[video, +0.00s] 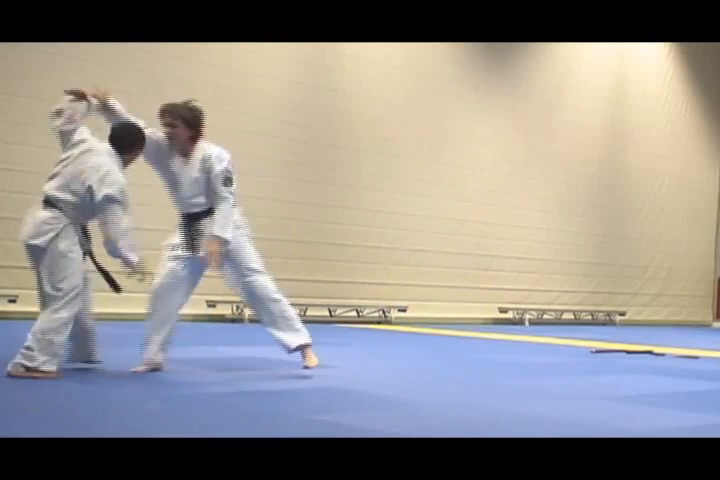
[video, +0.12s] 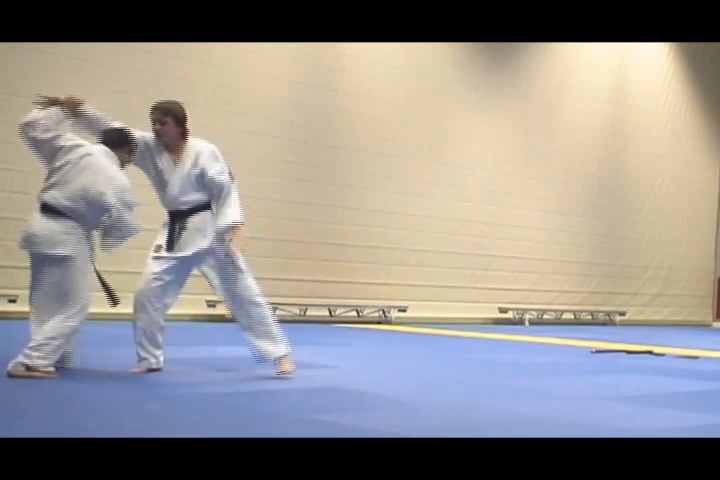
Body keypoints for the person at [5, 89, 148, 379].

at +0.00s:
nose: (140, 153)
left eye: (140, 147)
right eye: (140, 149)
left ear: (112, 138)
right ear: (135, 151)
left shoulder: (85, 143)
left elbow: (66, 123)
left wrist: (81, 99)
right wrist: (133, 261)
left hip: (40, 221)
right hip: (59, 229)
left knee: (78, 289)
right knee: (67, 295)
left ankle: (83, 351)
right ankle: (33, 361)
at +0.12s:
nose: (131, 159)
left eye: (132, 153)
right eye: (131, 153)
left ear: (104, 142)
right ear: (124, 151)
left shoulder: (73, 145)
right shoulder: (115, 179)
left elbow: (32, 127)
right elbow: (124, 224)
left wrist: (60, 108)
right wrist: (107, 234)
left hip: (40, 227)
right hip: (68, 235)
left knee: (42, 297)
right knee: (78, 305)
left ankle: (56, 356)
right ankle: (33, 362)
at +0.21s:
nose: (122, 151)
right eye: (120, 147)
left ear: (87, 143)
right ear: (114, 148)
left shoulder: (62, 154)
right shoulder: (121, 172)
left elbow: (21, 139)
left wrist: (38, 116)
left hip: (50, 232)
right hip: (83, 238)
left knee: (48, 297)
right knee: (82, 311)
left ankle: (46, 357)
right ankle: (34, 361)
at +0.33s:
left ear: (73, 149)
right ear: (103, 144)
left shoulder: (67, 164)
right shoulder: (126, 168)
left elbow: (27, 150)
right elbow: (153, 198)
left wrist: (41, 126)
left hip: (71, 240)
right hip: (105, 245)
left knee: (44, 290)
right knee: (79, 309)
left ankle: (45, 355)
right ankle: (34, 354)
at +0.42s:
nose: (75, 149)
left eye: (77, 145)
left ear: (80, 146)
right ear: (105, 143)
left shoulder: (80, 163)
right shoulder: (131, 165)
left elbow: (39, 152)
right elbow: (158, 193)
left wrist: (51, 118)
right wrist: (134, 212)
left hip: (82, 238)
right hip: (117, 245)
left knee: (50, 297)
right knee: (91, 316)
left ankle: (42, 355)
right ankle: (58, 337)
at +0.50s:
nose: (88, 154)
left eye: (91, 151)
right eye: (90, 151)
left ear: (97, 149)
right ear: (122, 149)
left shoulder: (96, 164)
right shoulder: (138, 173)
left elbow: (58, 154)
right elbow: (153, 199)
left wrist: (60, 118)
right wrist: (141, 230)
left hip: (96, 241)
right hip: (128, 250)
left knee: (56, 297)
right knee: (106, 309)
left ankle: (46, 354)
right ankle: (93, 333)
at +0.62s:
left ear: (135, 141)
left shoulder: (132, 164)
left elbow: (91, 176)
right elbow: (92, 175)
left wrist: (70, 147)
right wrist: (72, 147)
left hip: (139, 235)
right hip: (138, 235)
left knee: (91, 294)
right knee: (117, 304)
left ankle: (49, 354)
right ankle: (154, 351)